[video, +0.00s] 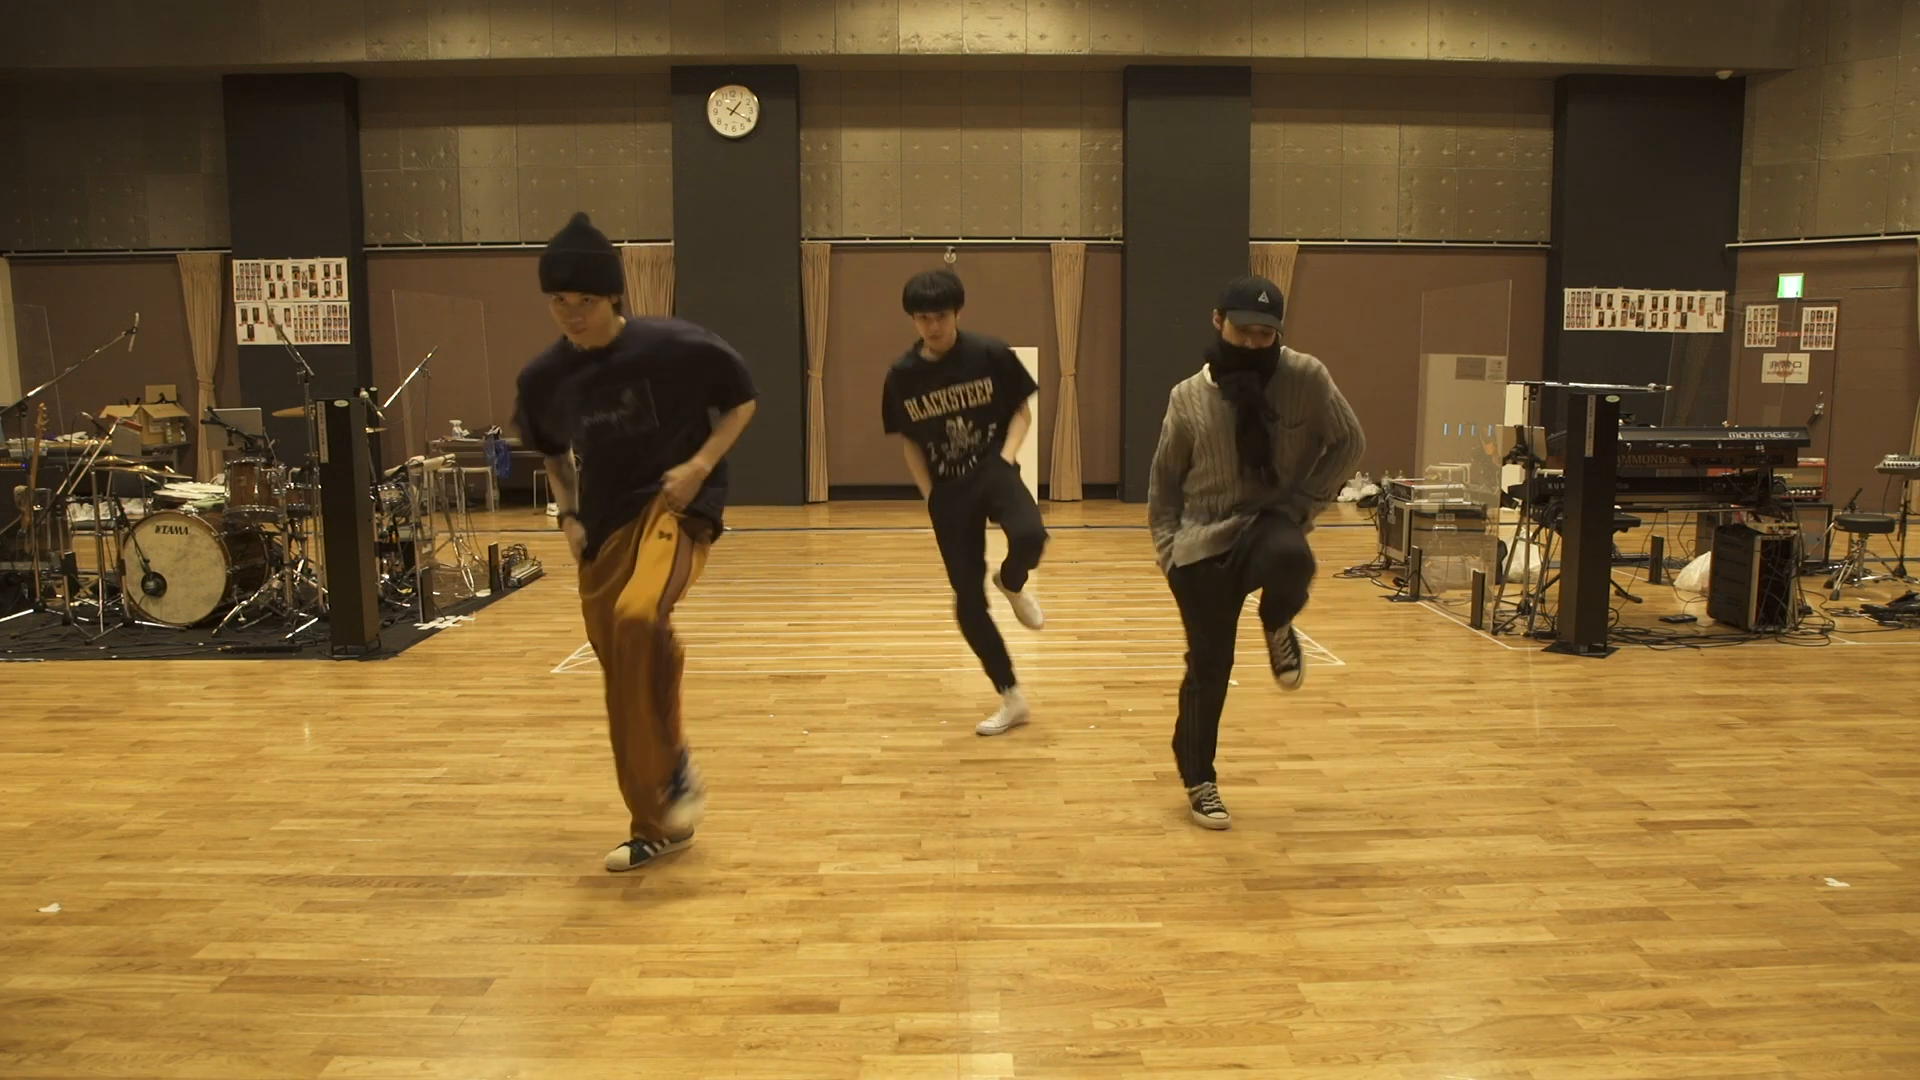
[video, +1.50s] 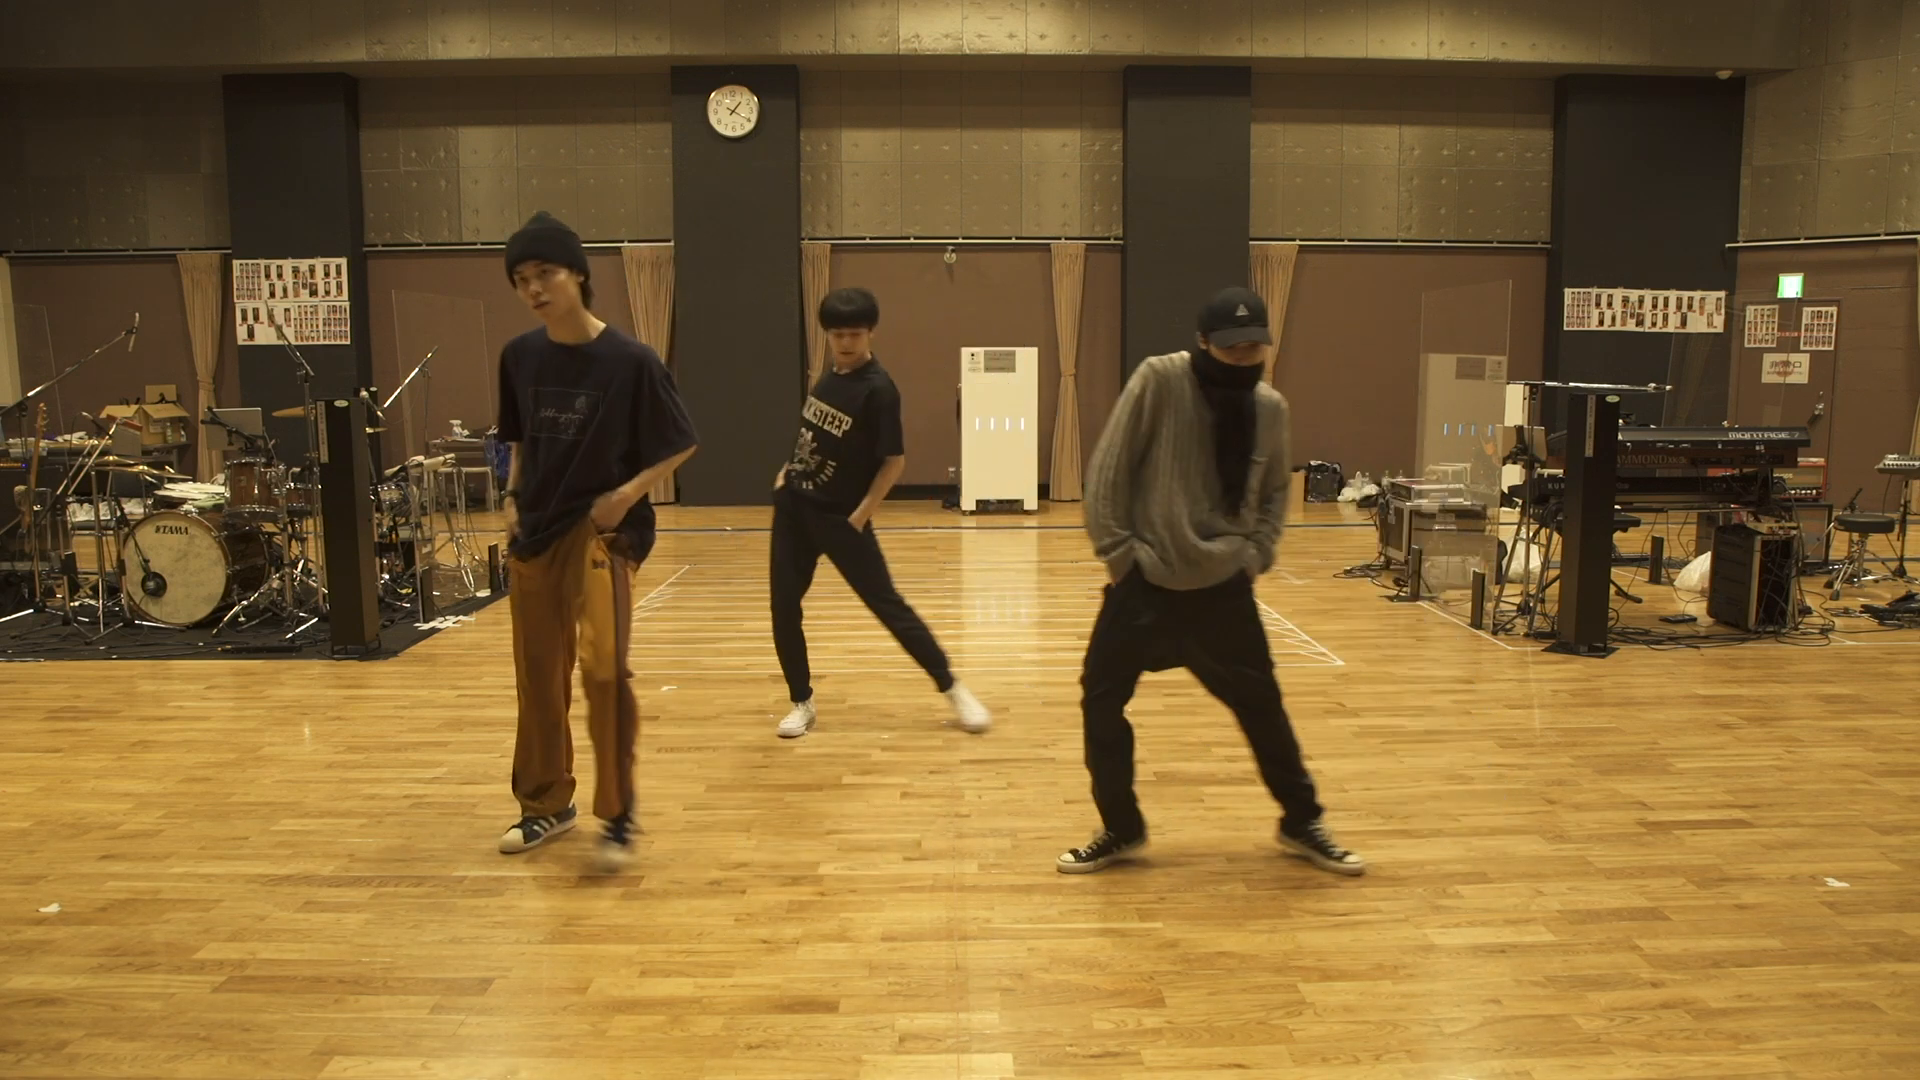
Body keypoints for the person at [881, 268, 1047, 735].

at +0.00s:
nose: (933, 327)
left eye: (941, 317)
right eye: (924, 319)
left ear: (958, 314)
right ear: (913, 320)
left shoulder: (991, 354)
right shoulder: (902, 376)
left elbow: (1021, 411)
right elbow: (909, 440)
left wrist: (1007, 457)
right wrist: (929, 492)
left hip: (996, 472)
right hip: (947, 490)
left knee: (1032, 536)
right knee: (968, 600)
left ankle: (1010, 584)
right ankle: (1011, 696)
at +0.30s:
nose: (948, 335)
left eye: (956, 326)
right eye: (939, 327)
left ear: (968, 328)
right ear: (924, 330)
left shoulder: (996, 374)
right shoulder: (907, 383)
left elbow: (1007, 439)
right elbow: (898, 449)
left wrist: (1003, 501)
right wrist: (924, 501)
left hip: (987, 513)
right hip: (937, 513)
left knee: (965, 602)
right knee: (938, 601)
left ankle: (936, 672)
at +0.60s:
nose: (958, 343)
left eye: (966, 334)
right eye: (949, 334)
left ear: (977, 340)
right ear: (933, 339)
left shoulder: (998, 386)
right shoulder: (914, 402)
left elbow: (1011, 449)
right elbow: (905, 471)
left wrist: (1021, 507)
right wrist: (931, 526)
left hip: (1007, 522)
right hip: (954, 532)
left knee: (1060, 601)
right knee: (929, 624)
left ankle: (1027, 672)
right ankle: (885, 701)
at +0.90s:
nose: (1009, 357)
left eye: (1017, 348)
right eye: (999, 349)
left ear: (1027, 352)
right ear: (980, 352)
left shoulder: (1042, 410)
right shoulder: (953, 405)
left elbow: (1052, 474)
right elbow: (938, 470)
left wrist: (1051, 523)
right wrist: (958, 528)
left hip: (1033, 537)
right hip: (977, 541)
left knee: (1078, 617)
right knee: (939, 631)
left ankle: (1119, 707)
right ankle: (991, 684)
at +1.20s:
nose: (938, 358)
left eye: (946, 348)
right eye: (929, 348)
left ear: (960, 348)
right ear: (915, 348)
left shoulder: (965, 405)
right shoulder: (905, 381)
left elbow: (974, 477)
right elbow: (888, 447)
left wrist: (947, 530)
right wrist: (870, 497)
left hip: (934, 533)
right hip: (884, 524)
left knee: (997, 613)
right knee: (836, 611)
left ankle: (1070, 695)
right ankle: (805, 707)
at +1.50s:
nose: (844, 344)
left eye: (853, 335)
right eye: (837, 335)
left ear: (871, 334)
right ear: (826, 334)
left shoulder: (880, 390)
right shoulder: (829, 373)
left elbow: (895, 461)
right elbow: (816, 435)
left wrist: (860, 516)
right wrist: (787, 472)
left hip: (841, 519)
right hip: (794, 508)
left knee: (887, 606)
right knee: (783, 607)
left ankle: (953, 690)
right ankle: (801, 704)